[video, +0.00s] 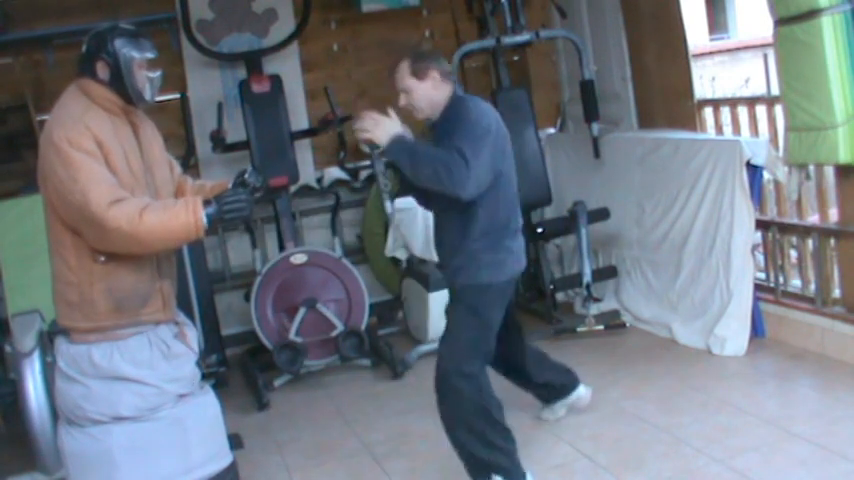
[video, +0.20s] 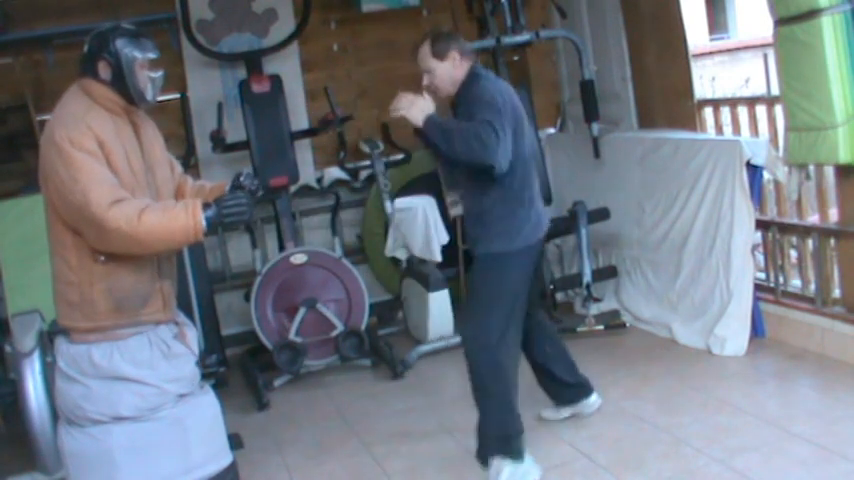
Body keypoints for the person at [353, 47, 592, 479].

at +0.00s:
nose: (404, 102)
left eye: (408, 91)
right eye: (401, 95)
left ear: (436, 79)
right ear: (428, 84)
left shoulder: (474, 117)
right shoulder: (445, 125)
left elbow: (464, 180)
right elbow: (437, 193)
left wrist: (398, 142)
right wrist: (394, 146)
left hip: (491, 267)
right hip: (473, 267)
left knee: (457, 372)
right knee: (502, 346)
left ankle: (501, 473)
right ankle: (565, 390)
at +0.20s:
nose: (427, 82)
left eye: (430, 72)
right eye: (423, 75)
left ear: (458, 60)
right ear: (453, 63)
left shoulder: (486, 93)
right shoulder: (476, 94)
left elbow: (492, 152)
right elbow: (479, 160)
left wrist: (428, 121)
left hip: (507, 237)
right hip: (513, 230)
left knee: (485, 338)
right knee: (524, 319)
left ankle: (504, 452)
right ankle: (575, 394)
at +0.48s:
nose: (454, 92)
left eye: (456, 81)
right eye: (450, 84)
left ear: (482, 71)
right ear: (484, 73)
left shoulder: (503, 105)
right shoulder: (518, 100)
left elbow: (510, 169)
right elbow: (509, 168)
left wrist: (453, 142)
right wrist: (466, 141)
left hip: (527, 245)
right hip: (547, 237)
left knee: (495, 337)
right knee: (550, 323)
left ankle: (569, 409)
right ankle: (594, 390)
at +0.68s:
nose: (441, 66)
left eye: (443, 55)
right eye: (438, 58)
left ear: (469, 42)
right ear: (467, 45)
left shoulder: (493, 71)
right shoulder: (496, 71)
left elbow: (485, 129)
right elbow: (494, 133)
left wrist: (432, 94)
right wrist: (451, 98)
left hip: (526, 214)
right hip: (538, 209)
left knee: (502, 311)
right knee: (553, 303)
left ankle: (549, 424)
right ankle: (597, 383)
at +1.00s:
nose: (404, 80)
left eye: (409, 70)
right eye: (402, 72)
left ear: (437, 61)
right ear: (437, 63)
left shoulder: (461, 94)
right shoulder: (463, 94)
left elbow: (460, 149)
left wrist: (381, 124)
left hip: (496, 245)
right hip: (494, 241)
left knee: (505, 351)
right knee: (504, 336)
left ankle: (533, 461)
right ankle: (565, 386)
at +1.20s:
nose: (381, 86)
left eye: (385, 75)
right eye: (379, 79)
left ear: (410, 65)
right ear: (418, 69)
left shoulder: (412, 101)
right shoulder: (466, 108)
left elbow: (360, 121)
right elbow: (511, 156)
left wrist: (337, 79)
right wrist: (458, 159)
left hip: (442, 245)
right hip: (470, 240)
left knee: (444, 350)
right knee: (429, 347)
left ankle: (508, 449)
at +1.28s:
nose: (379, 85)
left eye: (383, 76)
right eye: (377, 78)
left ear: (408, 65)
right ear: (418, 67)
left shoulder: (412, 97)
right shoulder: (465, 110)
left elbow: (364, 118)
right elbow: (496, 160)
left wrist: (317, 89)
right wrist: (444, 154)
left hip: (415, 239)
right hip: (461, 242)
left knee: (359, 330)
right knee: (434, 343)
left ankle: (431, 395)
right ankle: (438, 448)